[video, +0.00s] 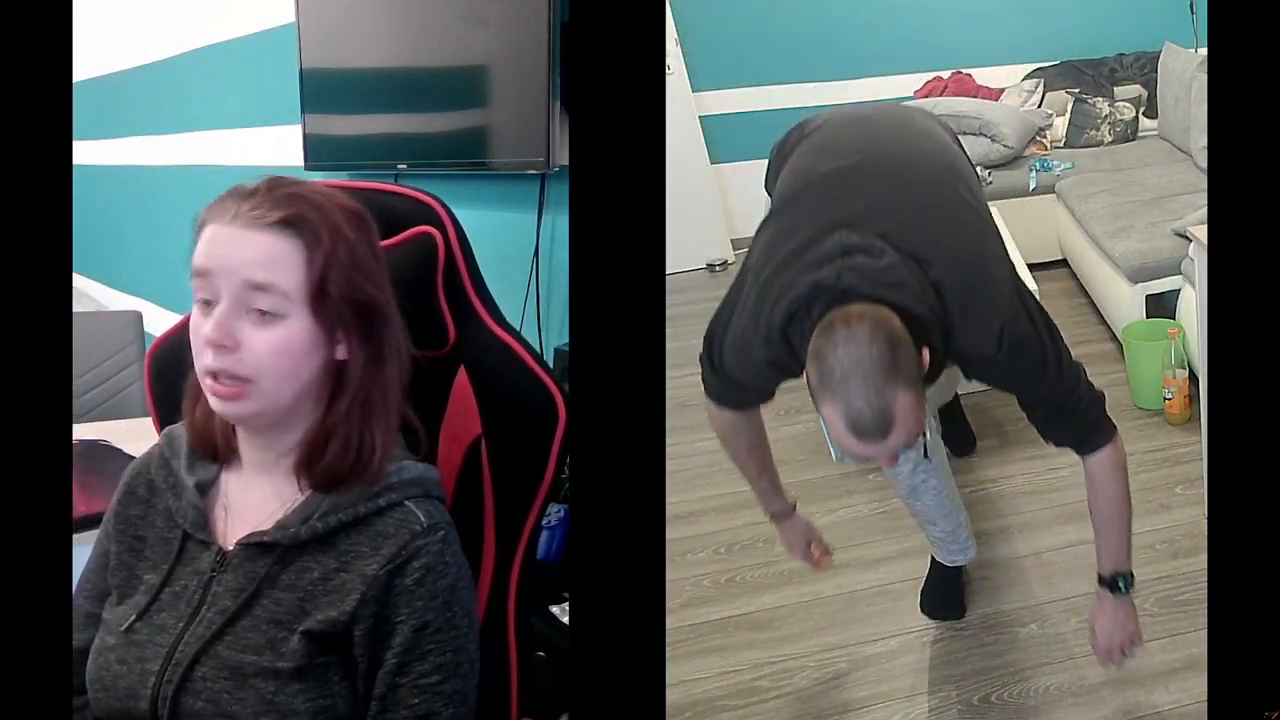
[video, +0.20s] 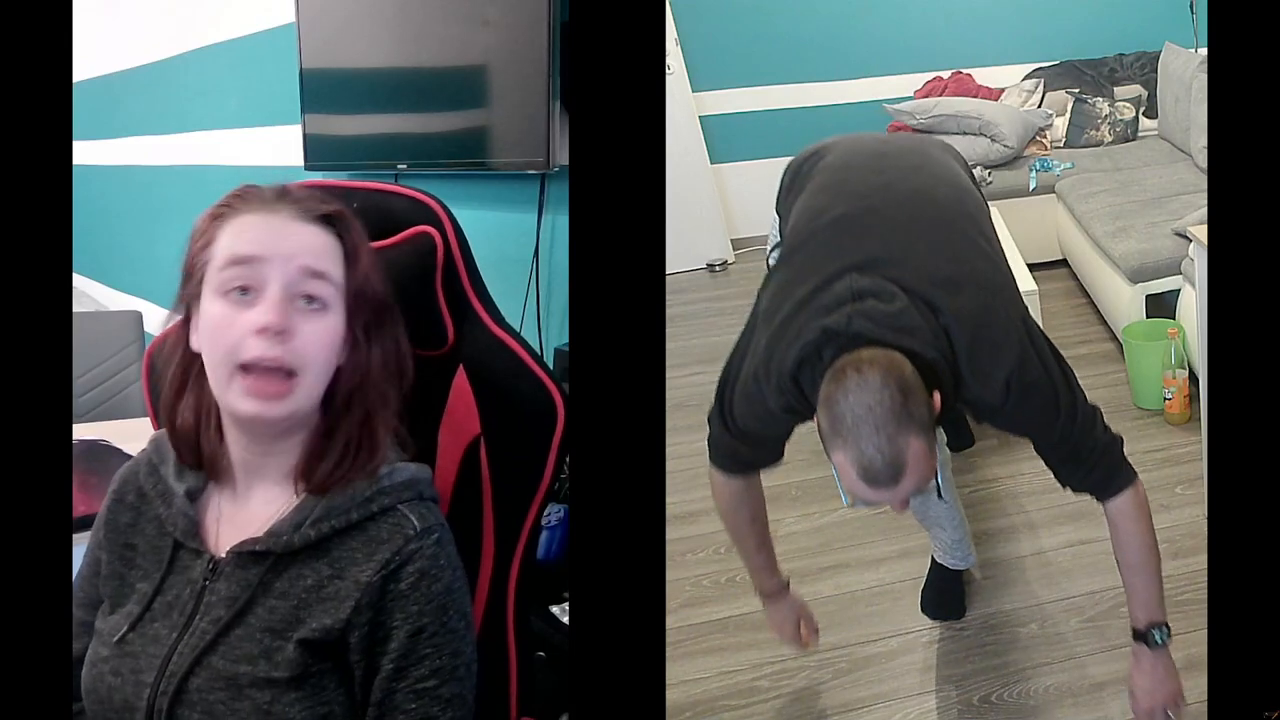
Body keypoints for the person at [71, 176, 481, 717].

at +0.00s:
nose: (215, 335)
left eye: (261, 311)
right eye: (205, 301)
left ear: (343, 335)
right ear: (191, 306)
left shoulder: (407, 549)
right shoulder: (154, 481)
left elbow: (427, 706)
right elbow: (77, 679)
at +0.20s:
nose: (272, 321)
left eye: (311, 299)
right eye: (242, 290)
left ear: (348, 341)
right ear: (194, 325)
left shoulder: (402, 548)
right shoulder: (140, 492)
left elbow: (430, 702)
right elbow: (77, 680)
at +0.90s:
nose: (332, 364)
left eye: (343, 328)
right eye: (288, 329)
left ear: (355, 335)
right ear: (190, 351)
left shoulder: (386, 553)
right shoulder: (111, 507)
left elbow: (422, 703)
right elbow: (81, 679)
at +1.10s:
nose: (334, 372)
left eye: (343, 335)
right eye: (290, 337)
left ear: (355, 336)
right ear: (190, 351)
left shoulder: (384, 553)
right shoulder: (110, 506)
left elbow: (419, 705)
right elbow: (82, 678)